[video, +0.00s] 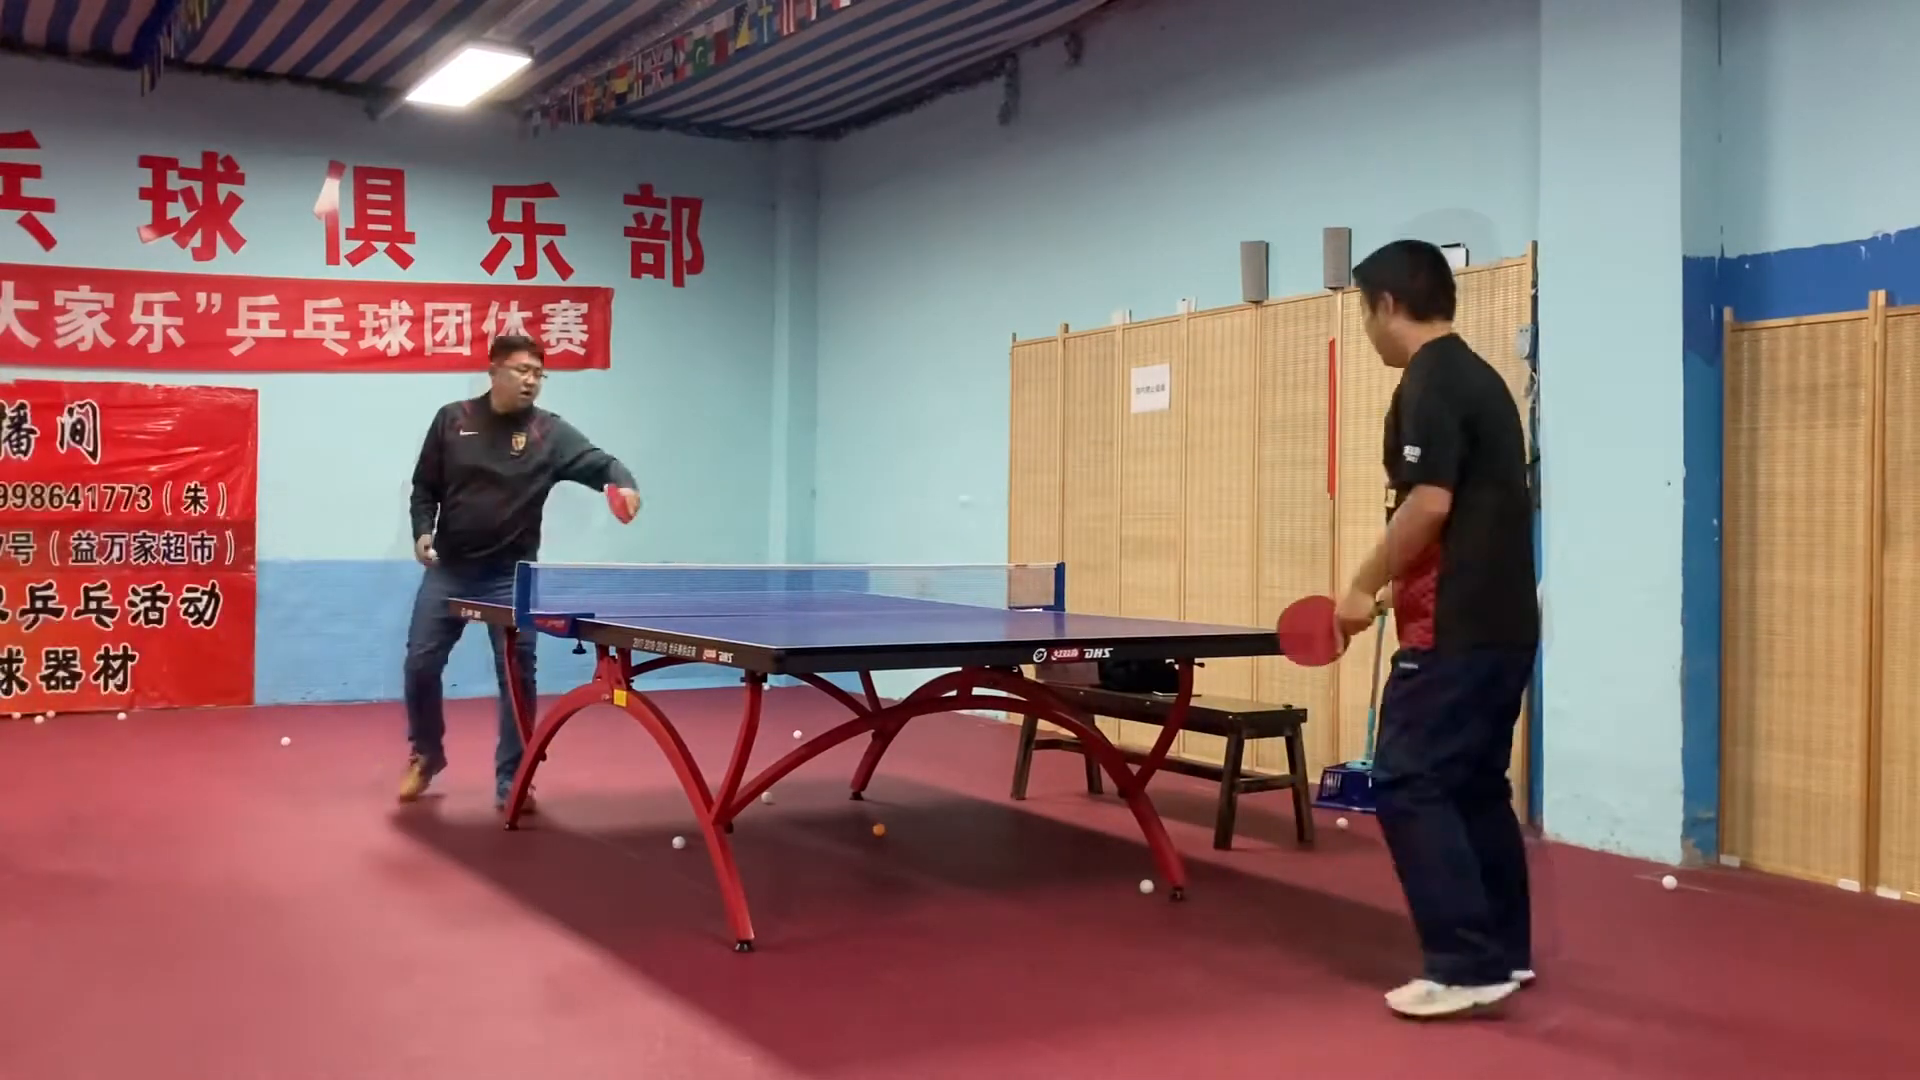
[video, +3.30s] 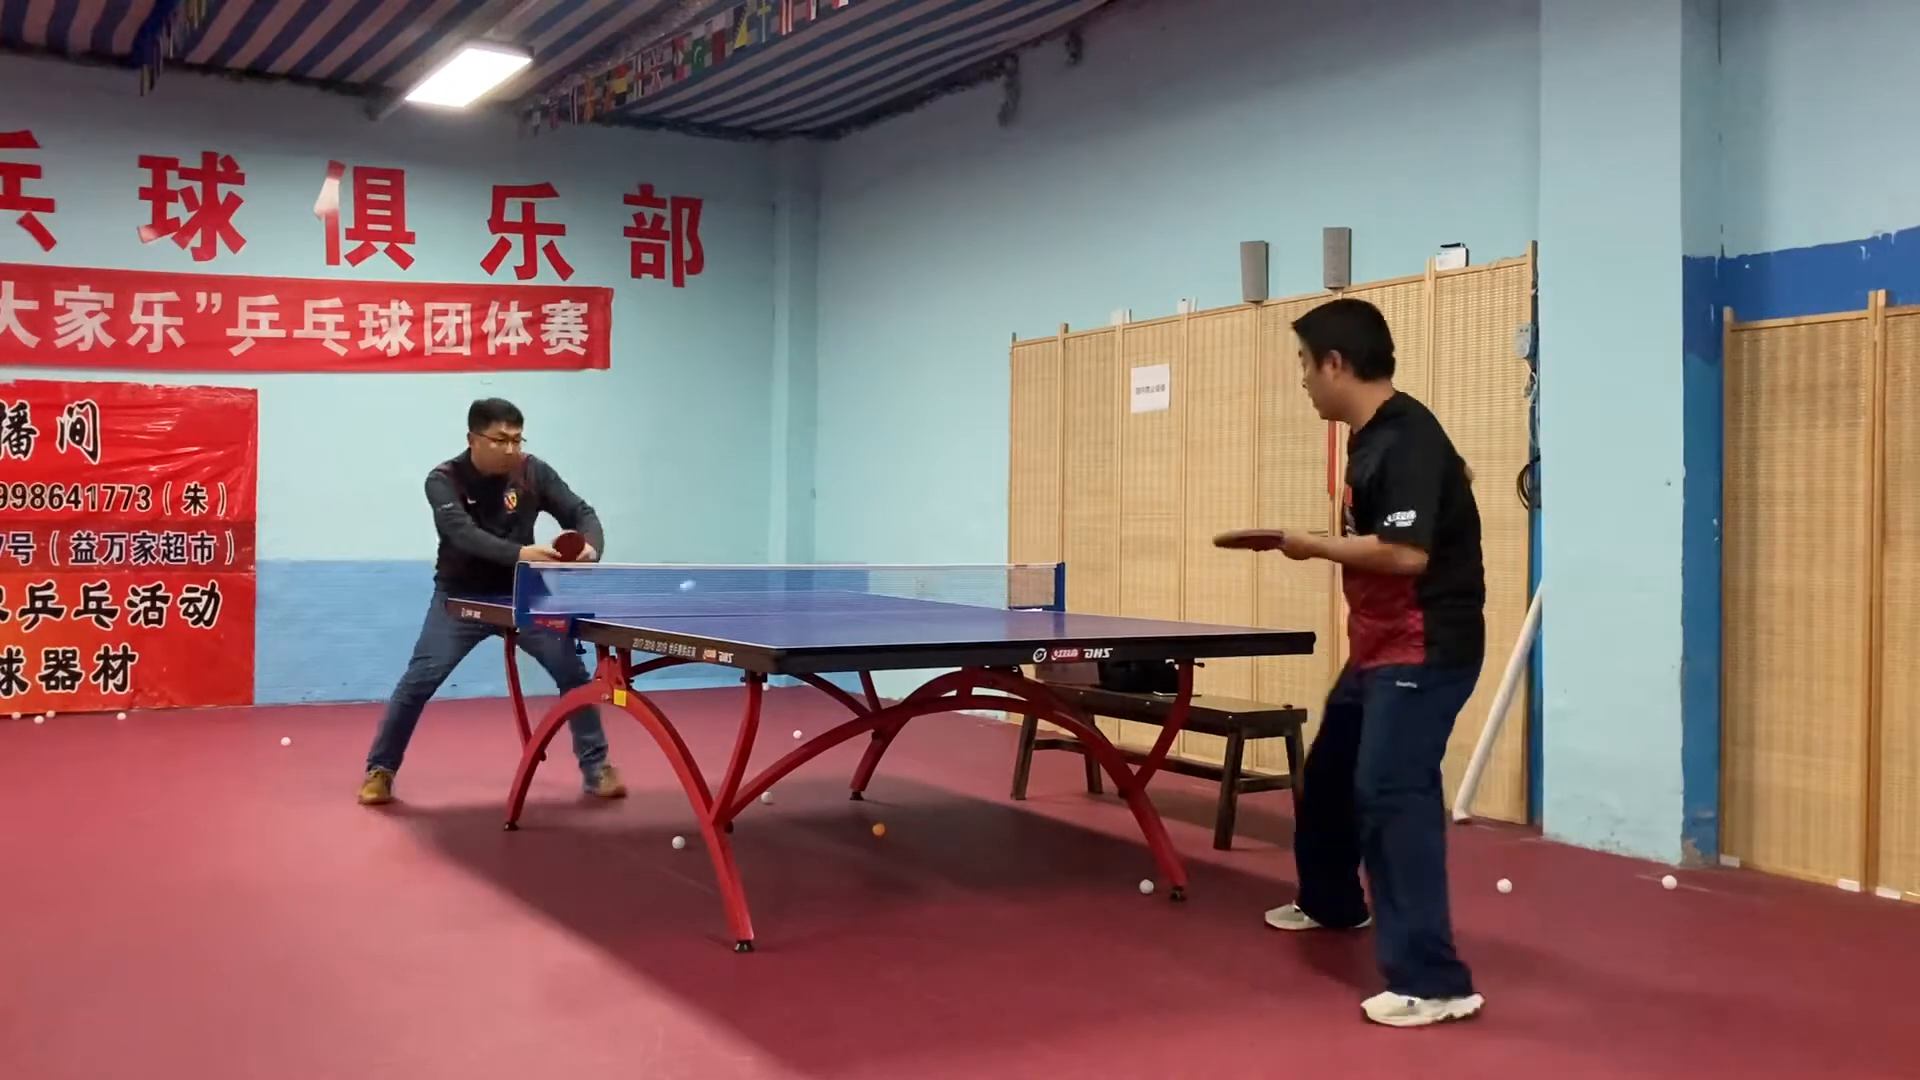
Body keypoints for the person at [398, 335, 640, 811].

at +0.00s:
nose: (531, 380)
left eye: (537, 374)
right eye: (522, 371)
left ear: (541, 380)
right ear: (494, 372)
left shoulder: (547, 432)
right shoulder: (452, 420)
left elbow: (600, 464)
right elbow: (424, 485)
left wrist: (622, 486)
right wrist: (423, 533)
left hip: (512, 571)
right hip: (448, 568)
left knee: (518, 671)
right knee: (420, 663)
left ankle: (513, 783)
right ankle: (426, 756)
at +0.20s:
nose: (508, 384)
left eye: (514, 377)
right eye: (498, 374)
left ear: (518, 384)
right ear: (471, 377)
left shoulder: (526, 437)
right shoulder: (431, 430)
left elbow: (550, 493)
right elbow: (407, 497)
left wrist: (559, 516)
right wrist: (422, 541)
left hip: (502, 575)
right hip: (440, 575)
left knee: (512, 673)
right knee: (430, 673)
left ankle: (515, 782)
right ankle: (437, 763)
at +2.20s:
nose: (514, 421)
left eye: (519, 412)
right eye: (504, 412)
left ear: (526, 416)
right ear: (480, 413)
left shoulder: (525, 453)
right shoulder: (445, 451)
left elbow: (532, 505)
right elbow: (411, 514)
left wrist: (531, 533)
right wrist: (458, 538)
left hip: (496, 575)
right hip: (441, 576)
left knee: (525, 655)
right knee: (438, 659)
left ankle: (541, 746)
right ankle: (424, 757)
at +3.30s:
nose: (512, 450)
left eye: (517, 441)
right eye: (502, 441)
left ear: (522, 439)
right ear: (474, 439)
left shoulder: (532, 471)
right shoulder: (444, 480)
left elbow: (581, 514)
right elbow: (462, 534)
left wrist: (590, 548)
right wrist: (519, 553)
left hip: (520, 598)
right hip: (460, 599)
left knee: (571, 668)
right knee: (421, 676)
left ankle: (597, 767)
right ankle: (380, 770)